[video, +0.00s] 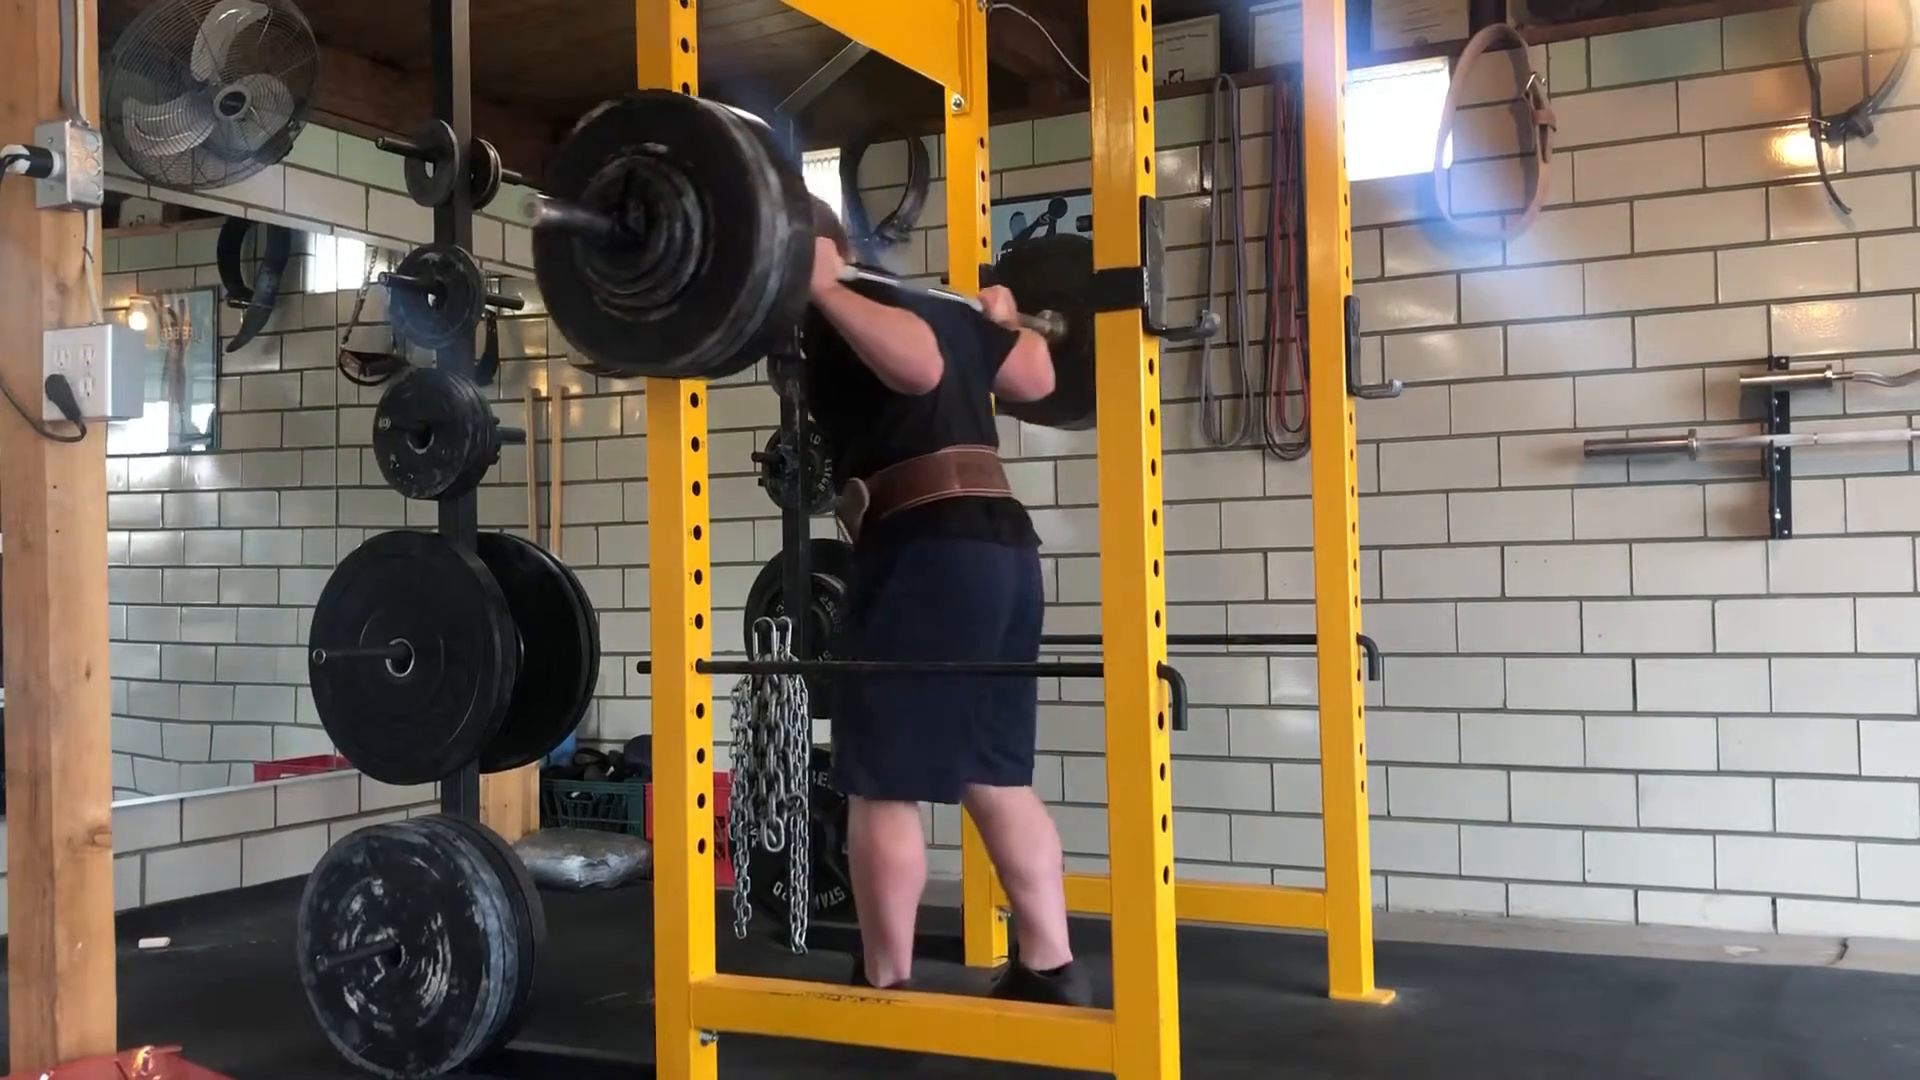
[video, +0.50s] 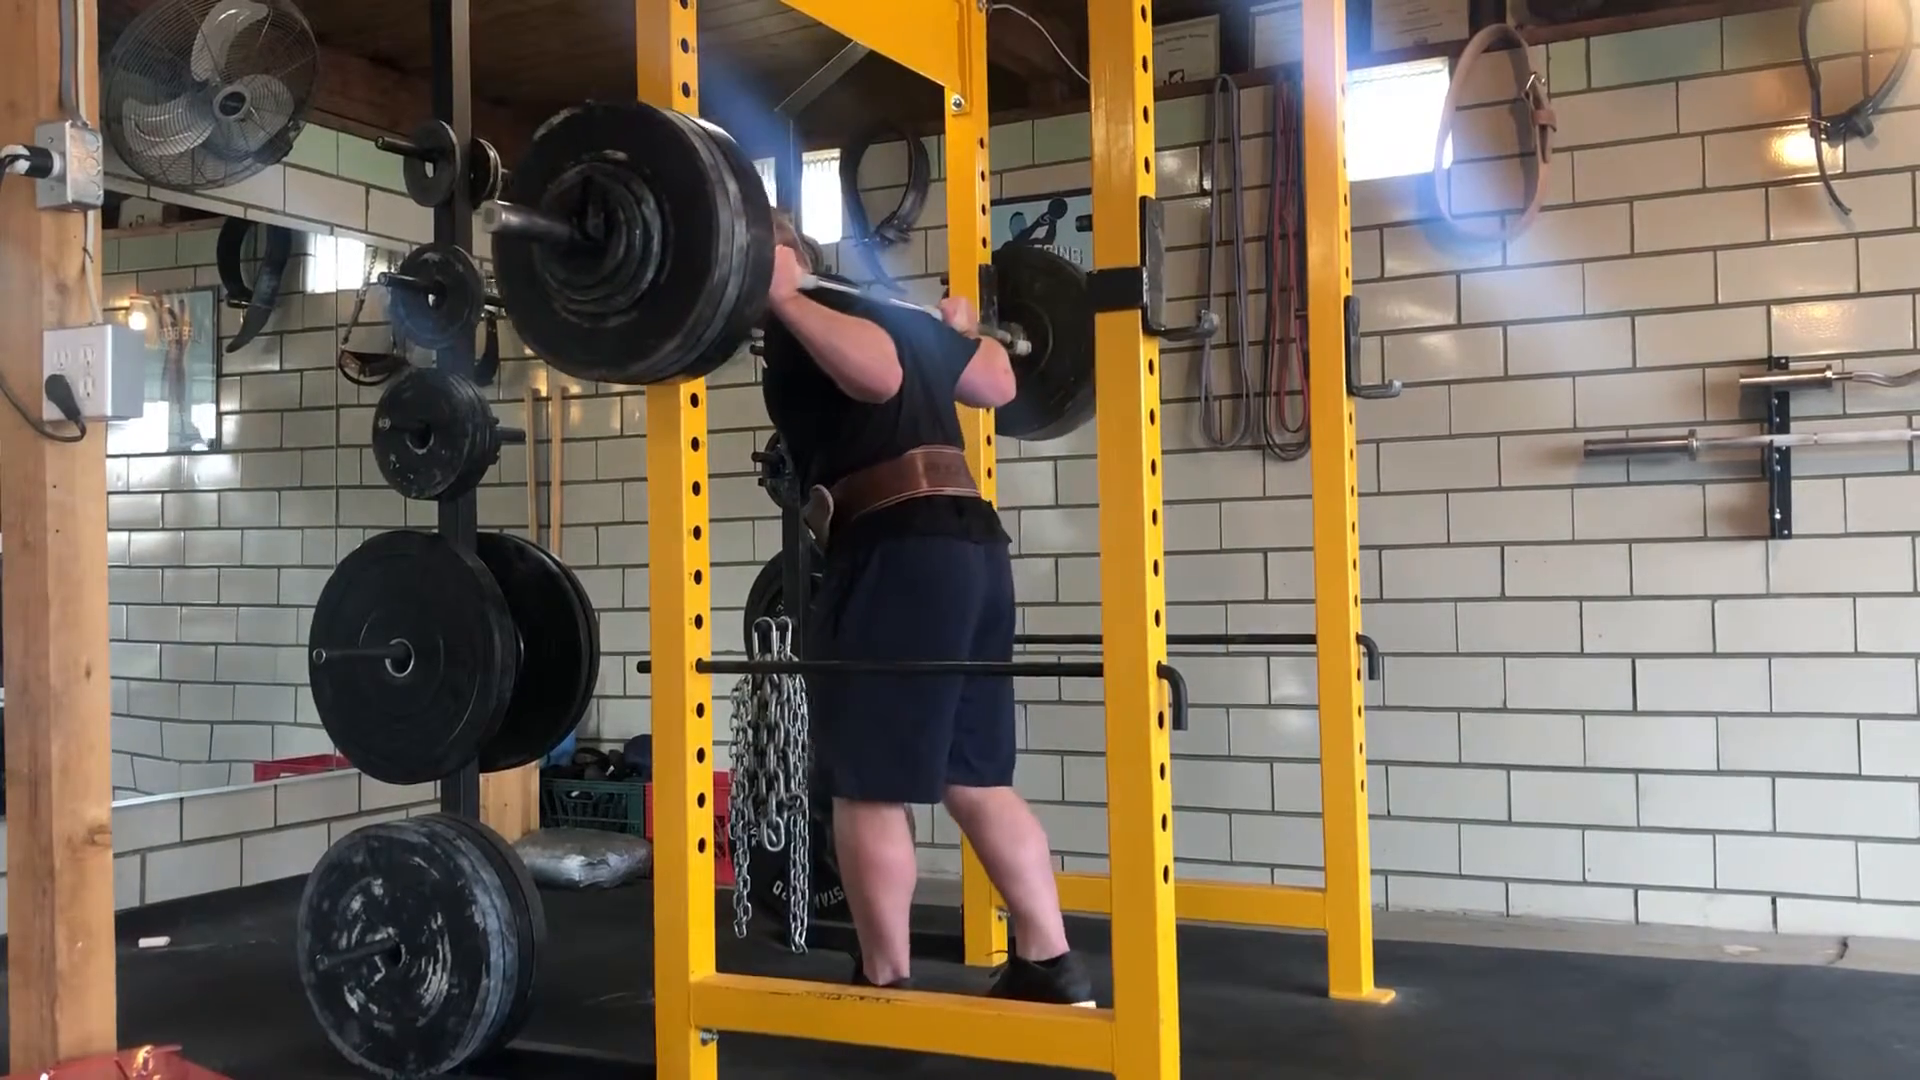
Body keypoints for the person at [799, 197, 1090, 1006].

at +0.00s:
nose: (798, 267)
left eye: (799, 252)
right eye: (797, 253)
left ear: (821, 246)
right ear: (855, 244)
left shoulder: (843, 307)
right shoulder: (947, 316)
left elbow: (924, 369)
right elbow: (1037, 377)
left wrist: (825, 288)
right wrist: (1006, 321)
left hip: (926, 553)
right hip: (1009, 554)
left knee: (882, 779)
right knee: (996, 771)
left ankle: (885, 988)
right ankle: (1049, 968)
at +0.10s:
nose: (774, 272)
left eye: (777, 255)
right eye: (775, 257)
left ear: (805, 248)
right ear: (838, 247)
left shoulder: (829, 308)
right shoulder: (932, 315)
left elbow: (910, 369)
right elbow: (1026, 377)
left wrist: (810, 291)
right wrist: (993, 322)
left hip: (922, 556)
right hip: (1003, 557)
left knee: (881, 781)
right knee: (990, 772)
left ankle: (884, 986)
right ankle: (1049, 967)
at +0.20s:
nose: (763, 265)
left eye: (767, 247)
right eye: (763, 248)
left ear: (793, 247)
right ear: (822, 244)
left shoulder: (816, 311)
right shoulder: (914, 313)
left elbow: (898, 372)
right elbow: (1014, 379)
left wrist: (798, 297)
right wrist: (985, 323)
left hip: (914, 553)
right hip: (994, 551)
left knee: (879, 784)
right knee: (987, 773)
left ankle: (883, 990)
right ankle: (1048, 967)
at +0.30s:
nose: (751, 272)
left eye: (756, 253)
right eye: (749, 255)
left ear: (790, 248)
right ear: (810, 246)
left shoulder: (808, 318)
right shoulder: (906, 315)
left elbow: (890, 374)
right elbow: (1005, 380)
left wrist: (790, 300)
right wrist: (975, 324)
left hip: (908, 558)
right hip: (988, 556)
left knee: (872, 779)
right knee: (982, 773)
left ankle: (884, 985)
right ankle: (1047, 965)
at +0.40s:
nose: (751, 270)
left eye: (754, 252)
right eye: (749, 254)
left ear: (786, 250)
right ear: (807, 247)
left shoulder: (806, 321)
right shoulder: (898, 316)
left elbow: (881, 374)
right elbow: (1000, 379)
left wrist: (784, 297)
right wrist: (972, 329)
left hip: (901, 551)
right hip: (981, 550)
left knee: (869, 780)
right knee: (978, 774)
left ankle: (884, 986)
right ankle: (1048, 963)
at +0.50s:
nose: (752, 271)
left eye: (756, 252)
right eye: (750, 255)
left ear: (786, 251)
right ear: (804, 250)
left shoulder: (807, 317)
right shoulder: (894, 317)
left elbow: (880, 375)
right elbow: (997, 381)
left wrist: (781, 298)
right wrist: (964, 330)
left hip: (899, 554)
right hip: (977, 553)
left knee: (868, 784)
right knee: (975, 778)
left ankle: (884, 986)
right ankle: (1048, 964)